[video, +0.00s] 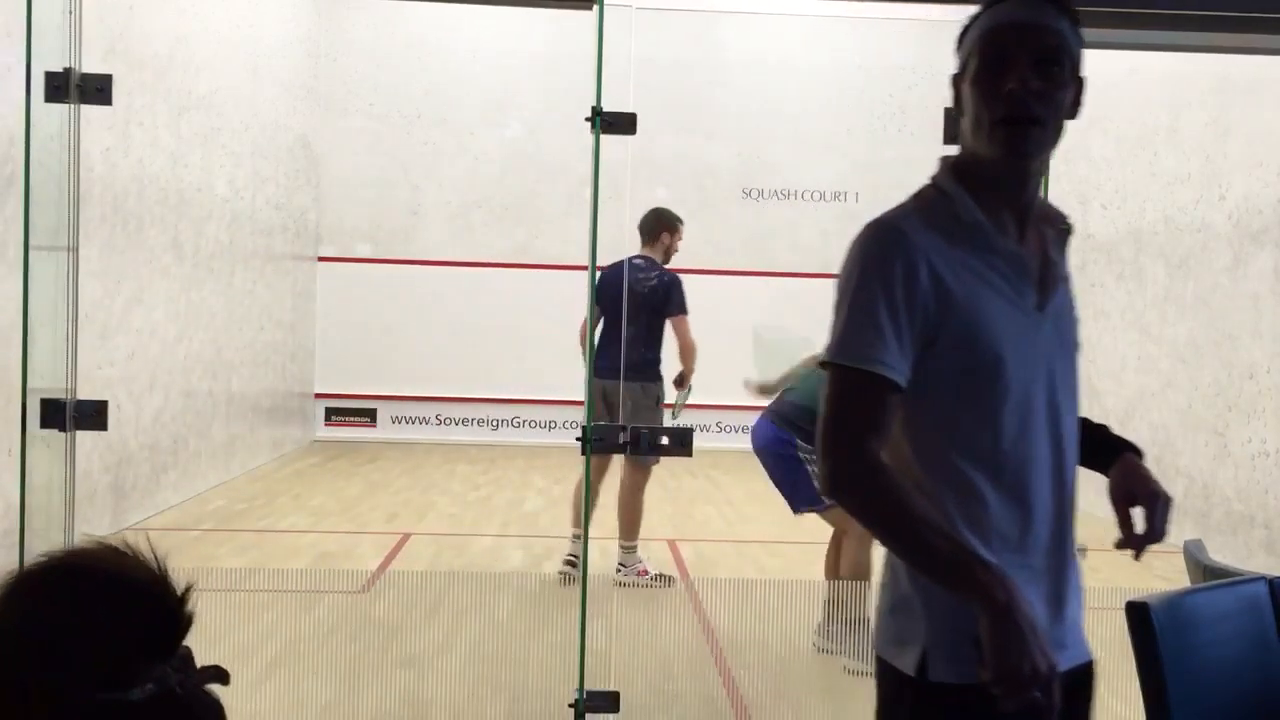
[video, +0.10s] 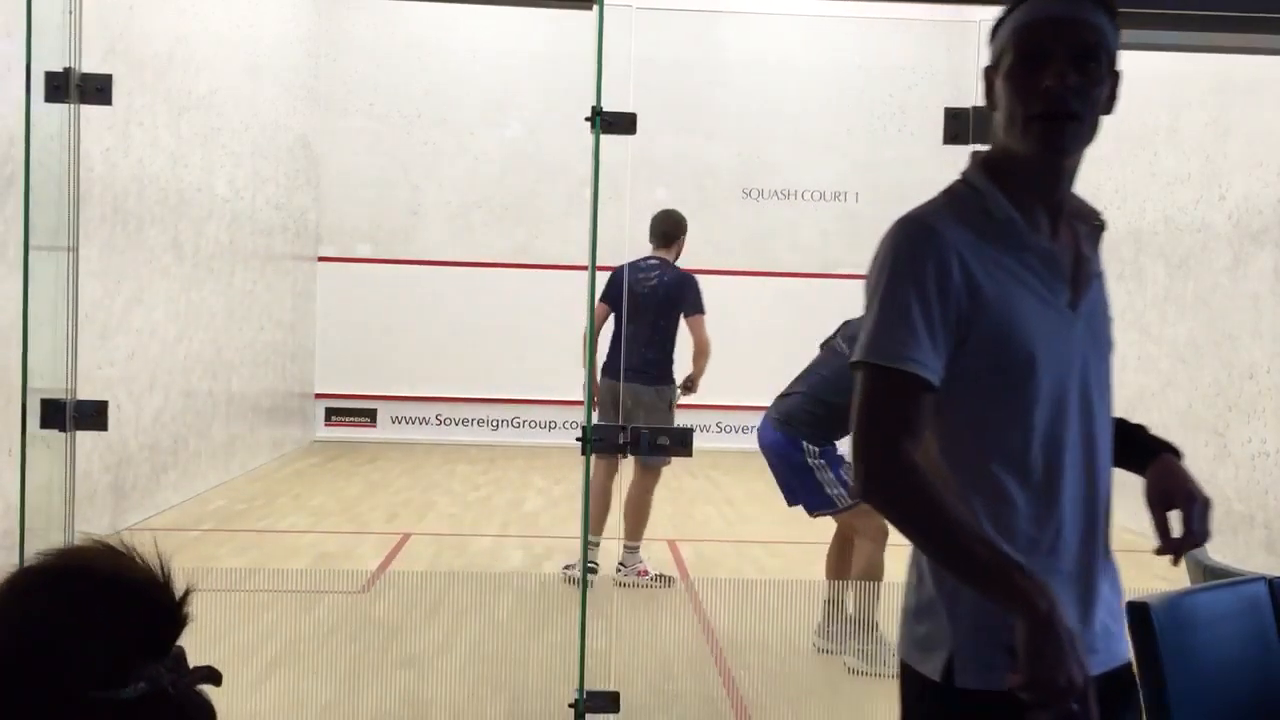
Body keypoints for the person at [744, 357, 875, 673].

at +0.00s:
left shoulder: (838, 357)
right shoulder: (864, 373)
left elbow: (807, 365)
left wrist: (771, 386)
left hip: (772, 431)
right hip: (788, 438)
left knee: (846, 525)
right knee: (859, 525)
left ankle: (834, 625)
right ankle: (855, 637)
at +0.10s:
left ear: (884, 303)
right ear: (910, 321)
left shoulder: (859, 326)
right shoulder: (884, 344)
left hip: (782, 430)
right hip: (802, 438)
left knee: (851, 525)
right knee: (872, 530)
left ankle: (833, 623)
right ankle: (863, 641)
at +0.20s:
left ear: (902, 297)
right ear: (929, 320)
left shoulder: (862, 309)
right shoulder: (908, 351)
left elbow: (823, 346)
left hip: (784, 421)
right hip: (815, 434)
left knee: (843, 522)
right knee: (877, 530)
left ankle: (832, 623)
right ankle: (866, 641)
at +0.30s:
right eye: (942, 285)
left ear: (901, 275)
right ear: (936, 285)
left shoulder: (854, 291)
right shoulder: (922, 327)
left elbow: (804, 343)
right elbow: (926, 390)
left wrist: (798, 392)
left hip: (787, 414)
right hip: (831, 425)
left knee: (827, 513)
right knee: (877, 530)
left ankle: (828, 622)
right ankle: (868, 642)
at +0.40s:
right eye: (919, 267)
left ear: (880, 258)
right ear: (918, 271)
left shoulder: (834, 284)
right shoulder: (915, 327)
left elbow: (789, 342)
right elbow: (895, 355)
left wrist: (780, 400)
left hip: (789, 413)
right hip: (838, 424)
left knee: (811, 506)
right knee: (873, 529)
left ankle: (804, 618)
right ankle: (869, 641)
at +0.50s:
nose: (892, 265)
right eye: (894, 259)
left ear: (854, 256)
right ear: (894, 264)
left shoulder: (817, 288)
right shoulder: (901, 320)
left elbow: (776, 346)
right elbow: (883, 364)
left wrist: (763, 403)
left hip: (792, 415)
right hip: (844, 427)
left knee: (788, 503)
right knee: (874, 532)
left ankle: (763, 613)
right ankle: (874, 641)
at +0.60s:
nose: (862, 263)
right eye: (866, 258)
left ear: (828, 256)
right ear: (866, 262)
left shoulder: (793, 294)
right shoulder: (879, 315)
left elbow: (759, 355)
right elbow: (874, 380)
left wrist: (749, 411)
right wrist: (848, 415)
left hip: (782, 423)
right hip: (838, 430)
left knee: (765, 512)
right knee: (869, 531)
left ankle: (732, 615)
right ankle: (873, 641)